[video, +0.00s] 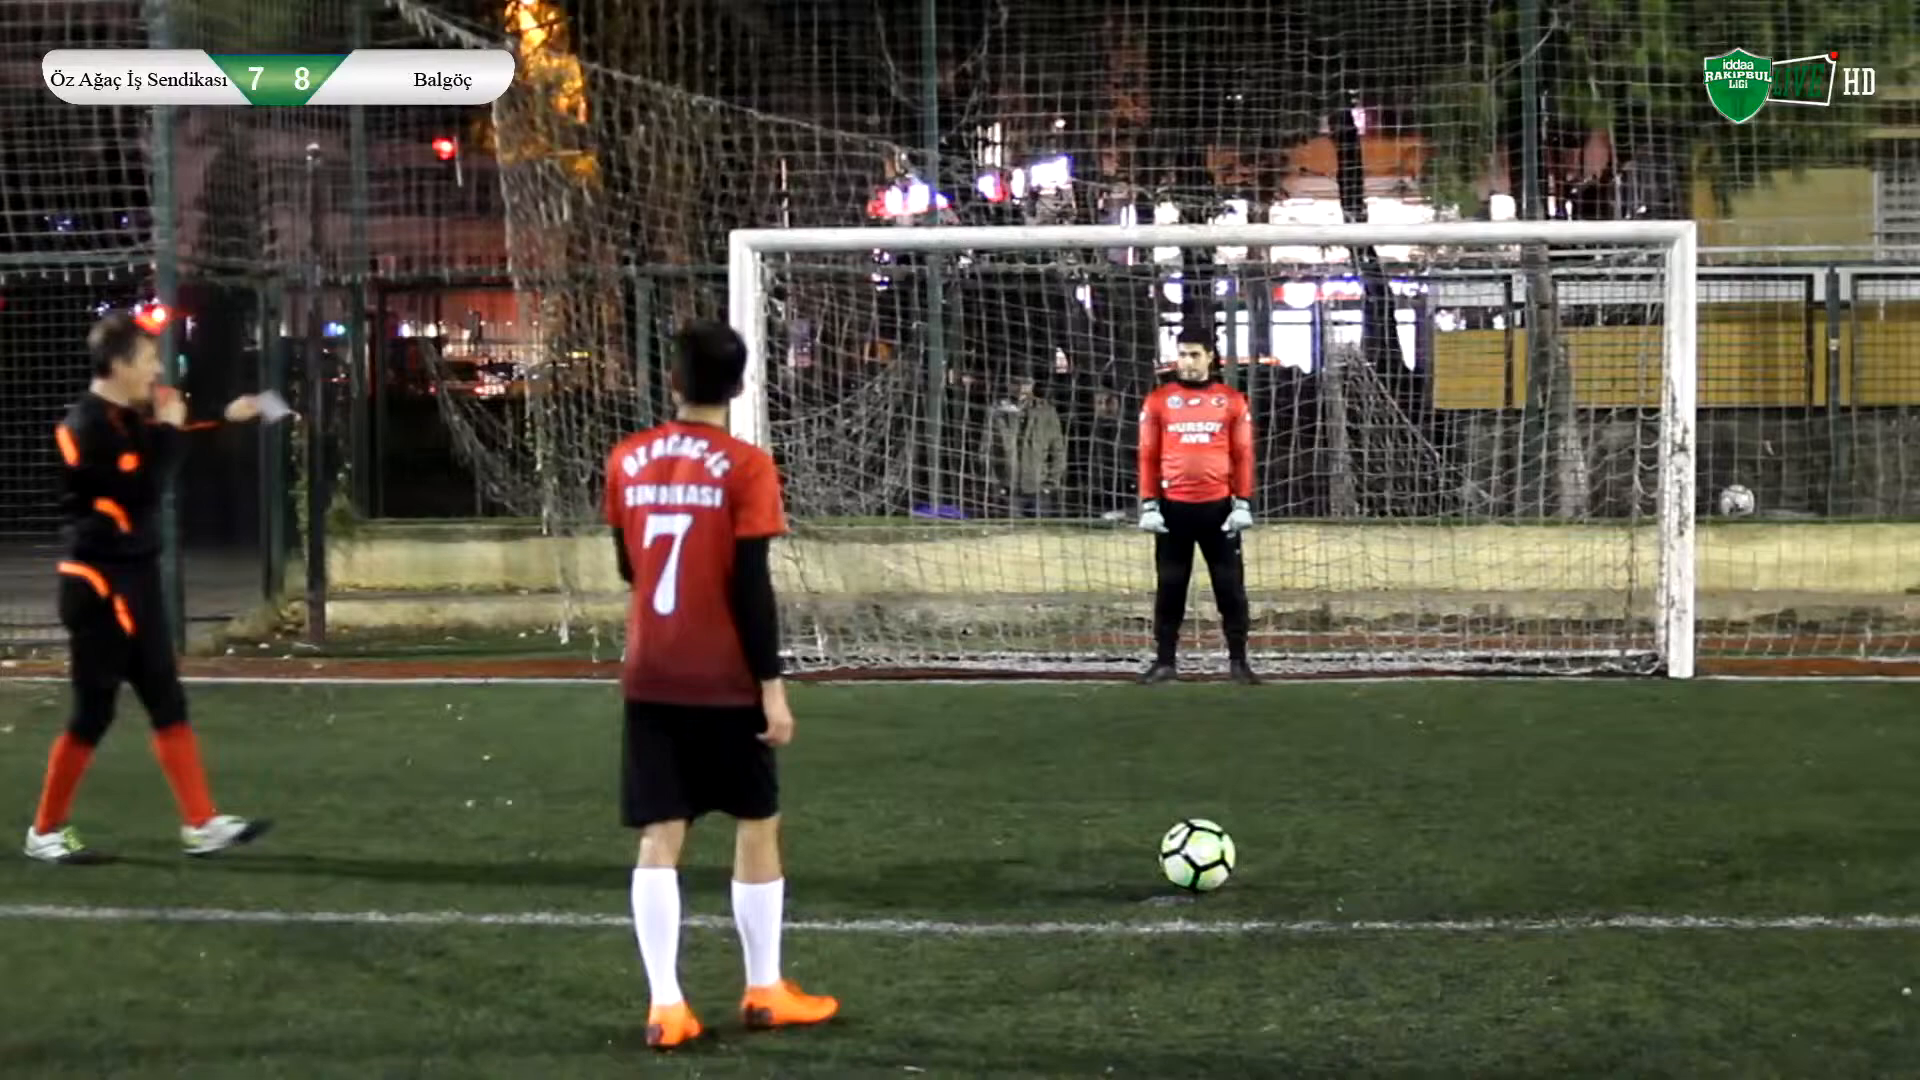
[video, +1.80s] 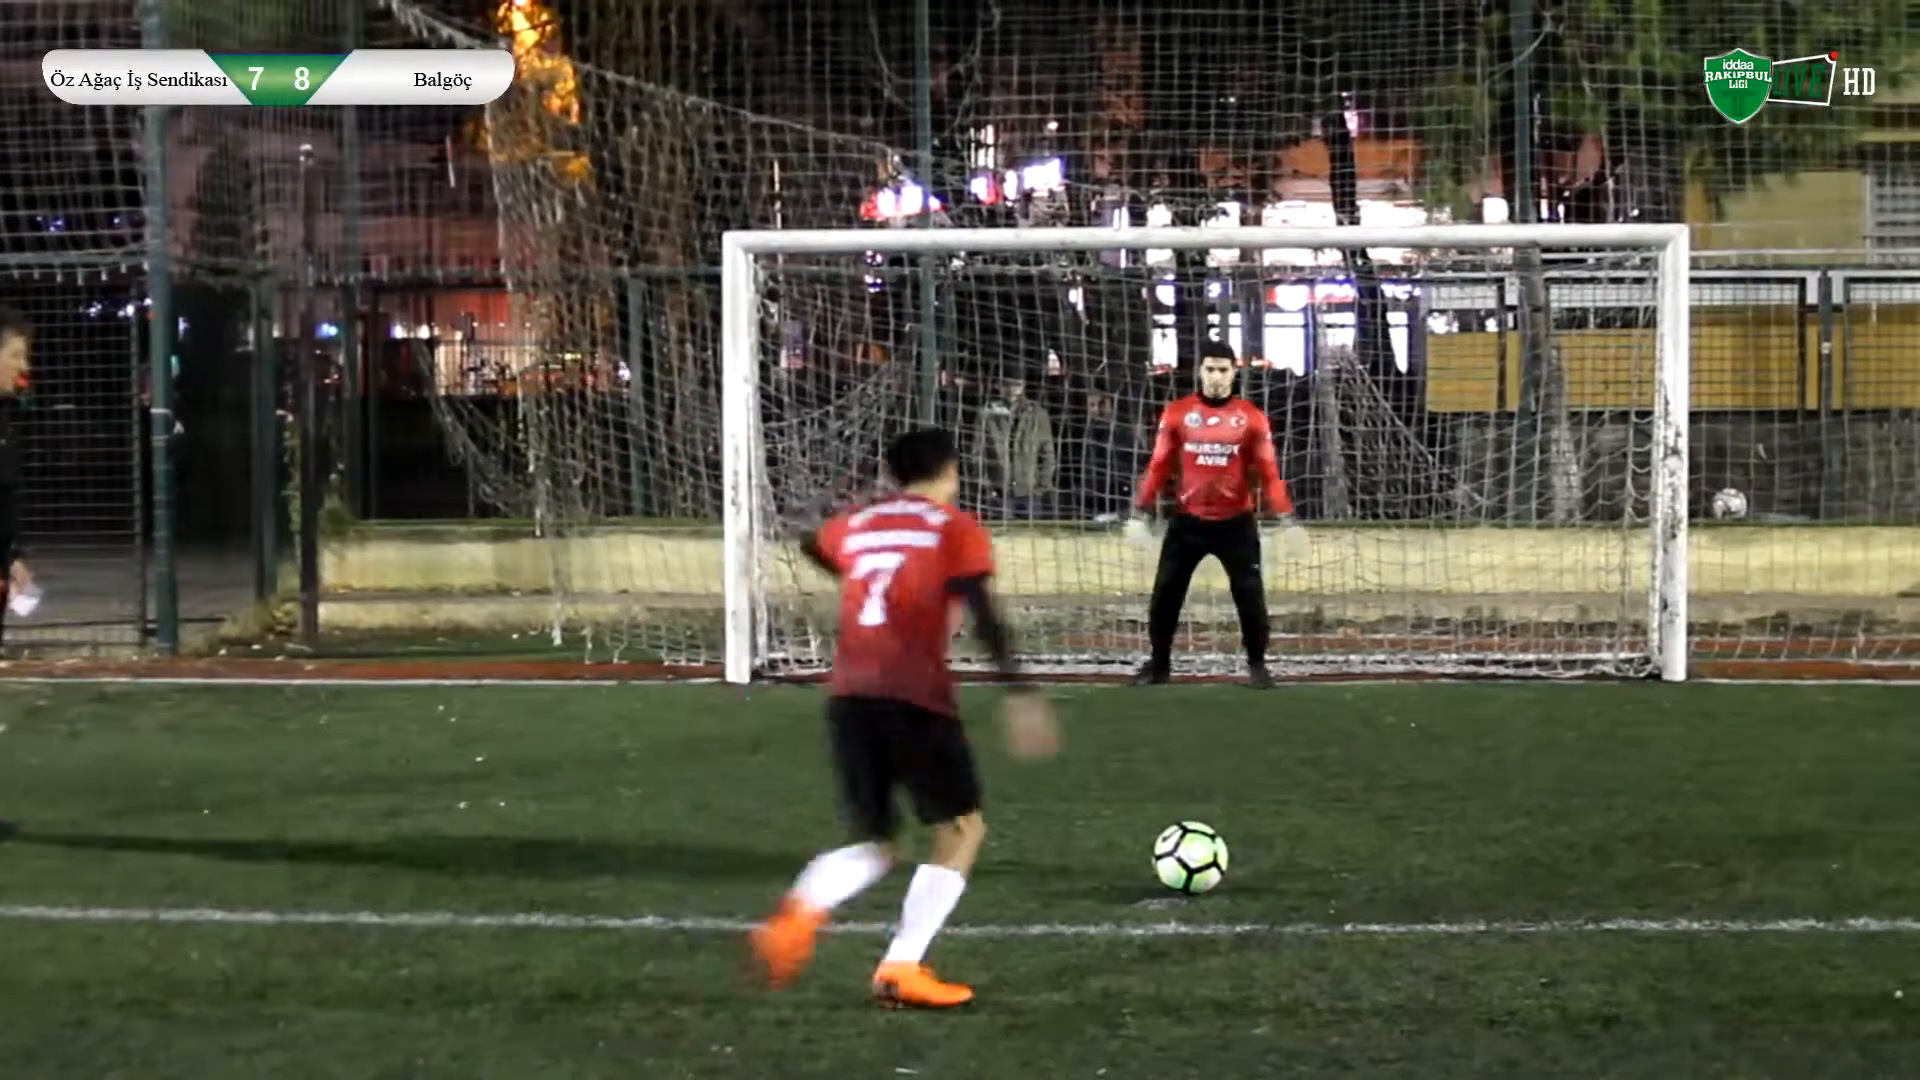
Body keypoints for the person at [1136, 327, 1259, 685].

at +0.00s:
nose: (1189, 362)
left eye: (1196, 355)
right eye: (1183, 354)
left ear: (1211, 358)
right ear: (1176, 358)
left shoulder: (1232, 400)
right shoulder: (1157, 400)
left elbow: (1244, 453)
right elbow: (1148, 454)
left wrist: (1243, 500)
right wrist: (1149, 501)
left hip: (1219, 505)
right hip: (1173, 505)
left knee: (1230, 588)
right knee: (1169, 587)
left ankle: (1238, 661)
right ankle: (1165, 661)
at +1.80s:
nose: (1216, 377)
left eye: (1223, 370)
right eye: (1210, 370)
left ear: (1234, 374)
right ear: (1200, 372)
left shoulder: (1252, 418)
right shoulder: (1176, 413)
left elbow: (1269, 472)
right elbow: (1159, 465)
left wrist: (1283, 515)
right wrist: (1141, 507)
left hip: (1235, 525)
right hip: (1188, 524)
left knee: (1250, 595)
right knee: (1165, 594)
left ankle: (1257, 665)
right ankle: (1159, 664)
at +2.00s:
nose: (1206, 434)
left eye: (1213, 426)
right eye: (1199, 426)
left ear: (1226, 428)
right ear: (1189, 429)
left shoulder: (1250, 458)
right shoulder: (1180, 460)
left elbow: (1277, 498)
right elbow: (1148, 496)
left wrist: (1309, 539)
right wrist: (1111, 525)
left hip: (1246, 545)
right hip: (1199, 545)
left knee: (1270, 592)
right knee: (1159, 602)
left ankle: (1234, 657)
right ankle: (1112, 678)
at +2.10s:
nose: (1210, 474)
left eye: (1217, 465)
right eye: (1203, 465)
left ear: (1229, 467)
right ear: (1193, 469)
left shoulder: (1254, 496)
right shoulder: (1184, 498)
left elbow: (1282, 530)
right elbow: (1150, 530)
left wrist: (1306, 565)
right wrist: (1112, 557)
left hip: (1248, 570)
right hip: (1201, 568)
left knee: (1280, 598)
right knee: (1154, 615)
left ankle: (1244, 671)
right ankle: (1109, 680)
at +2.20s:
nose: (1253, 497)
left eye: (1261, 491)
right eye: (1247, 489)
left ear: (1274, 497)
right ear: (1233, 494)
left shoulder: (1287, 529)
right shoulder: (1217, 522)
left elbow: (1308, 566)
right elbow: (1188, 549)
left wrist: (1319, 579)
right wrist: (1169, 563)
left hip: (1258, 609)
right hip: (1216, 602)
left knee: (1292, 629)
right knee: (1161, 636)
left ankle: (1239, 692)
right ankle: (1098, 686)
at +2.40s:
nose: (1421, 526)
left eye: (1422, 522)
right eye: (1416, 519)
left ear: (1419, 530)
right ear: (1404, 518)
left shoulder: (1415, 563)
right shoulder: (1372, 540)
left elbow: (1460, 572)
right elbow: (1383, 521)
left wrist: (1482, 546)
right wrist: (1427, 505)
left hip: (1337, 651)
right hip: (1310, 626)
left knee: (1339, 707)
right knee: (1234, 661)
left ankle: (1263, 705)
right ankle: (1150, 694)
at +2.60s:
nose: (1562, 609)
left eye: (1566, 607)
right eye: (1556, 601)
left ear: (1565, 614)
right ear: (1544, 596)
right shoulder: (1525, 602)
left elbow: (1592, 656)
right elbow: (1561, 588)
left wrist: (1623, 648)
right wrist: (1609, 601)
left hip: (1478, 693)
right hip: (1462, 659)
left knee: (1412, 707)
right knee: (1387, 661)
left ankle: (1339, 712)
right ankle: (1325, 681)